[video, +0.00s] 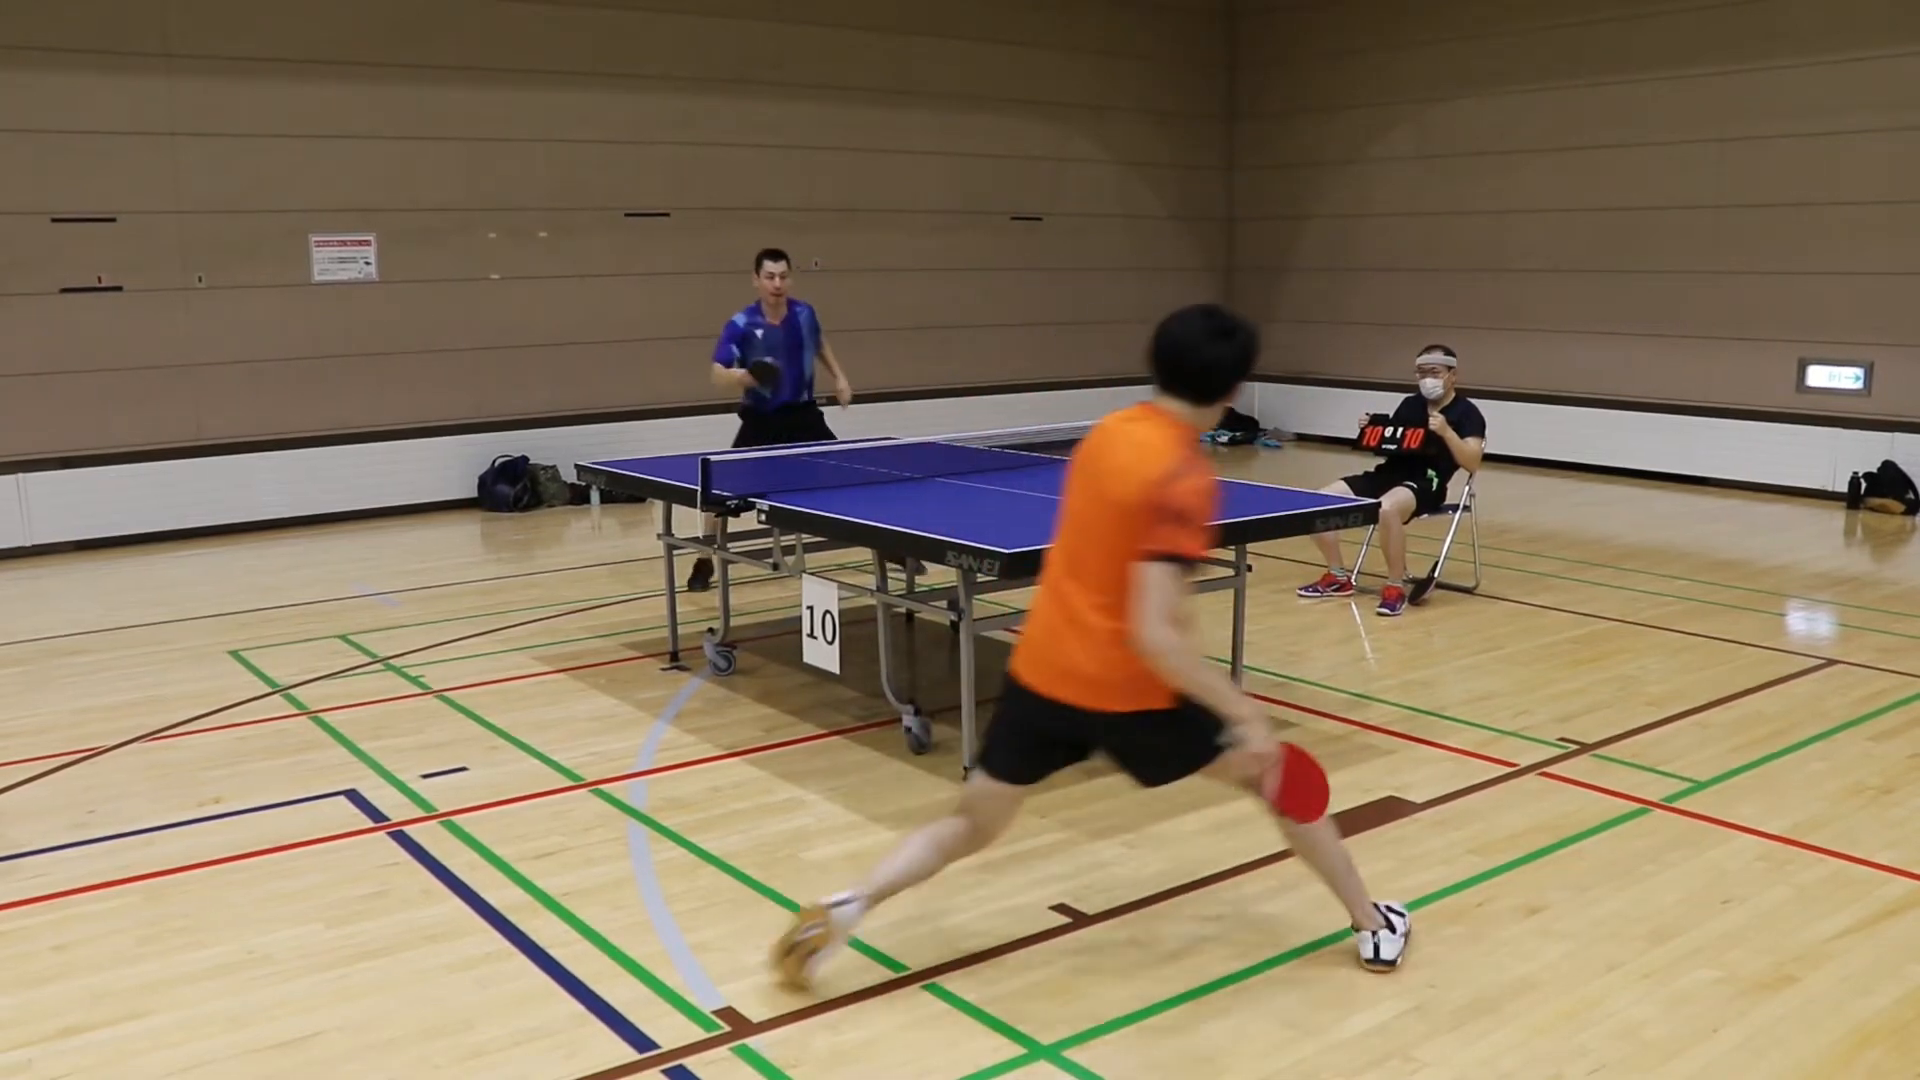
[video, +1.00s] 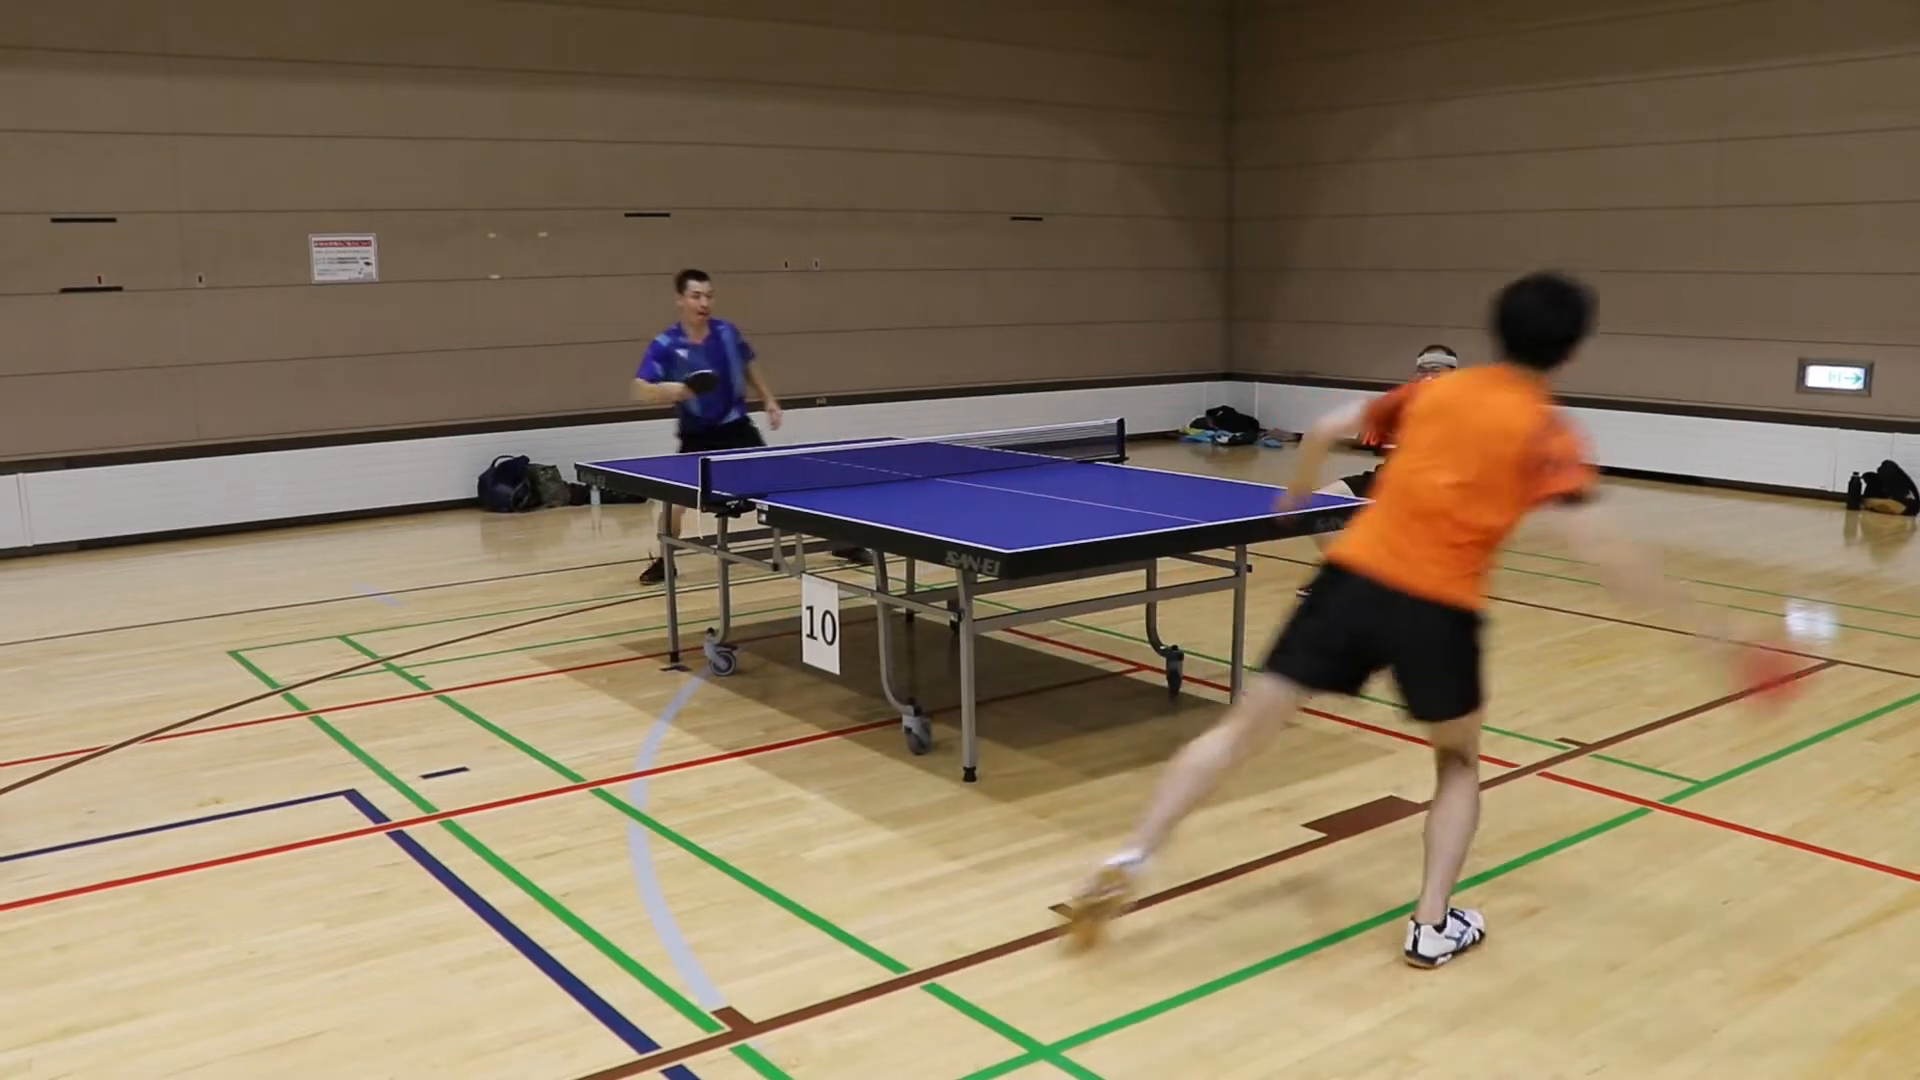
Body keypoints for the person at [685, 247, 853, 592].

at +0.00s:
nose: (778, 283)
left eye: (783, 277)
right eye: (770, 277)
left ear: (790, 280)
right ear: (756, 280)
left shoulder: (804, 314)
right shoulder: (741, 324)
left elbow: (820, 346)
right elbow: (719, 375)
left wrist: (839, 377)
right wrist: (742, 376)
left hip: (805, 419)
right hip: (760, 423)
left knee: (852, 474)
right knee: (722, 488)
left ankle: (892, 545)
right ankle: (705, 559)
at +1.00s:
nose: (704, 303)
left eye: (708, 296)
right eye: (696, 296)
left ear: (713, 300)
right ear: (679, 300)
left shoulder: (726, 333)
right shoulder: (666, 344)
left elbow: (748, 366)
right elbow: (640, 390)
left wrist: (769, 400)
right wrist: (680, 390)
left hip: (739, 430)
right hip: (697, 437)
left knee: (782, 481)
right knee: (674, 500)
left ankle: (839, 538)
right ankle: (664, 559)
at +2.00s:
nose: (428, 339)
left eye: (430, 331)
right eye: (420, 332)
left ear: (431, 334)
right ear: (396, 335)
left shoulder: (439, 378)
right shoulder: (369, 380)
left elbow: (461, 418)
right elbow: (324, 419)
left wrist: (496, 449)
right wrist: (335, 439)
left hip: (415, 481)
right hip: (374, 482)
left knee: (476, 537)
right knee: (363, 554)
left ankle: (460, 594)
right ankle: (297, 619)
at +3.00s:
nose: (449, 349)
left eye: (453, 341)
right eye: (441, 342)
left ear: (457, 342)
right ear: (421, 347)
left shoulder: (469, 370)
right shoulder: (407, 385)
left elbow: (492, 377)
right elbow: (361, 420)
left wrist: (527, 385)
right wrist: (349, 408)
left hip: (470, 463)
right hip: (427, 470)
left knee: (527, 522)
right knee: (445, 518)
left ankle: (515, 560)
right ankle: (435, 604)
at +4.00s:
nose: (575, 312)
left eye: (575, 304)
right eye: (567, 306)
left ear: (548, 310)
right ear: (547, 311)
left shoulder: (535, 330)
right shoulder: (558, 345)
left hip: (541, 439)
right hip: (525, 440)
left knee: (600, 481)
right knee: (526, 509)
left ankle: (581, 556)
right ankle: (474, 583)